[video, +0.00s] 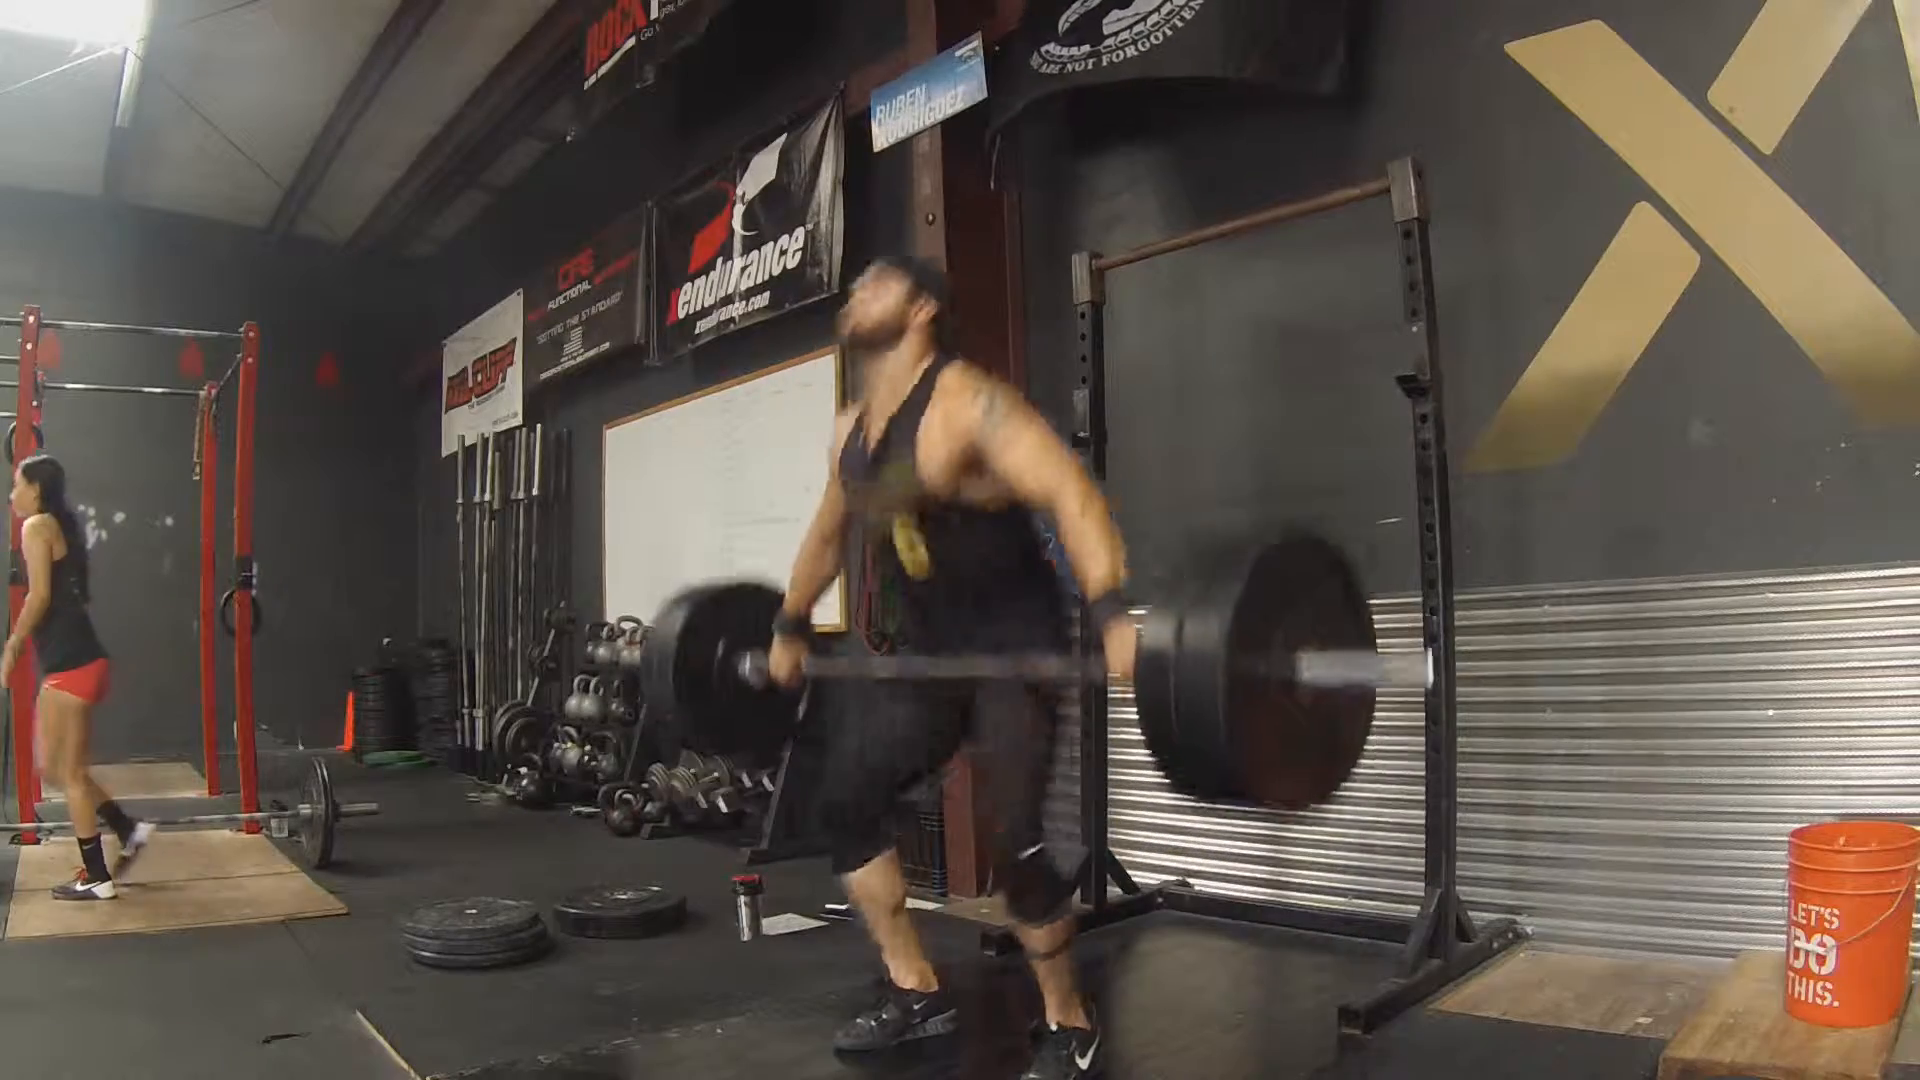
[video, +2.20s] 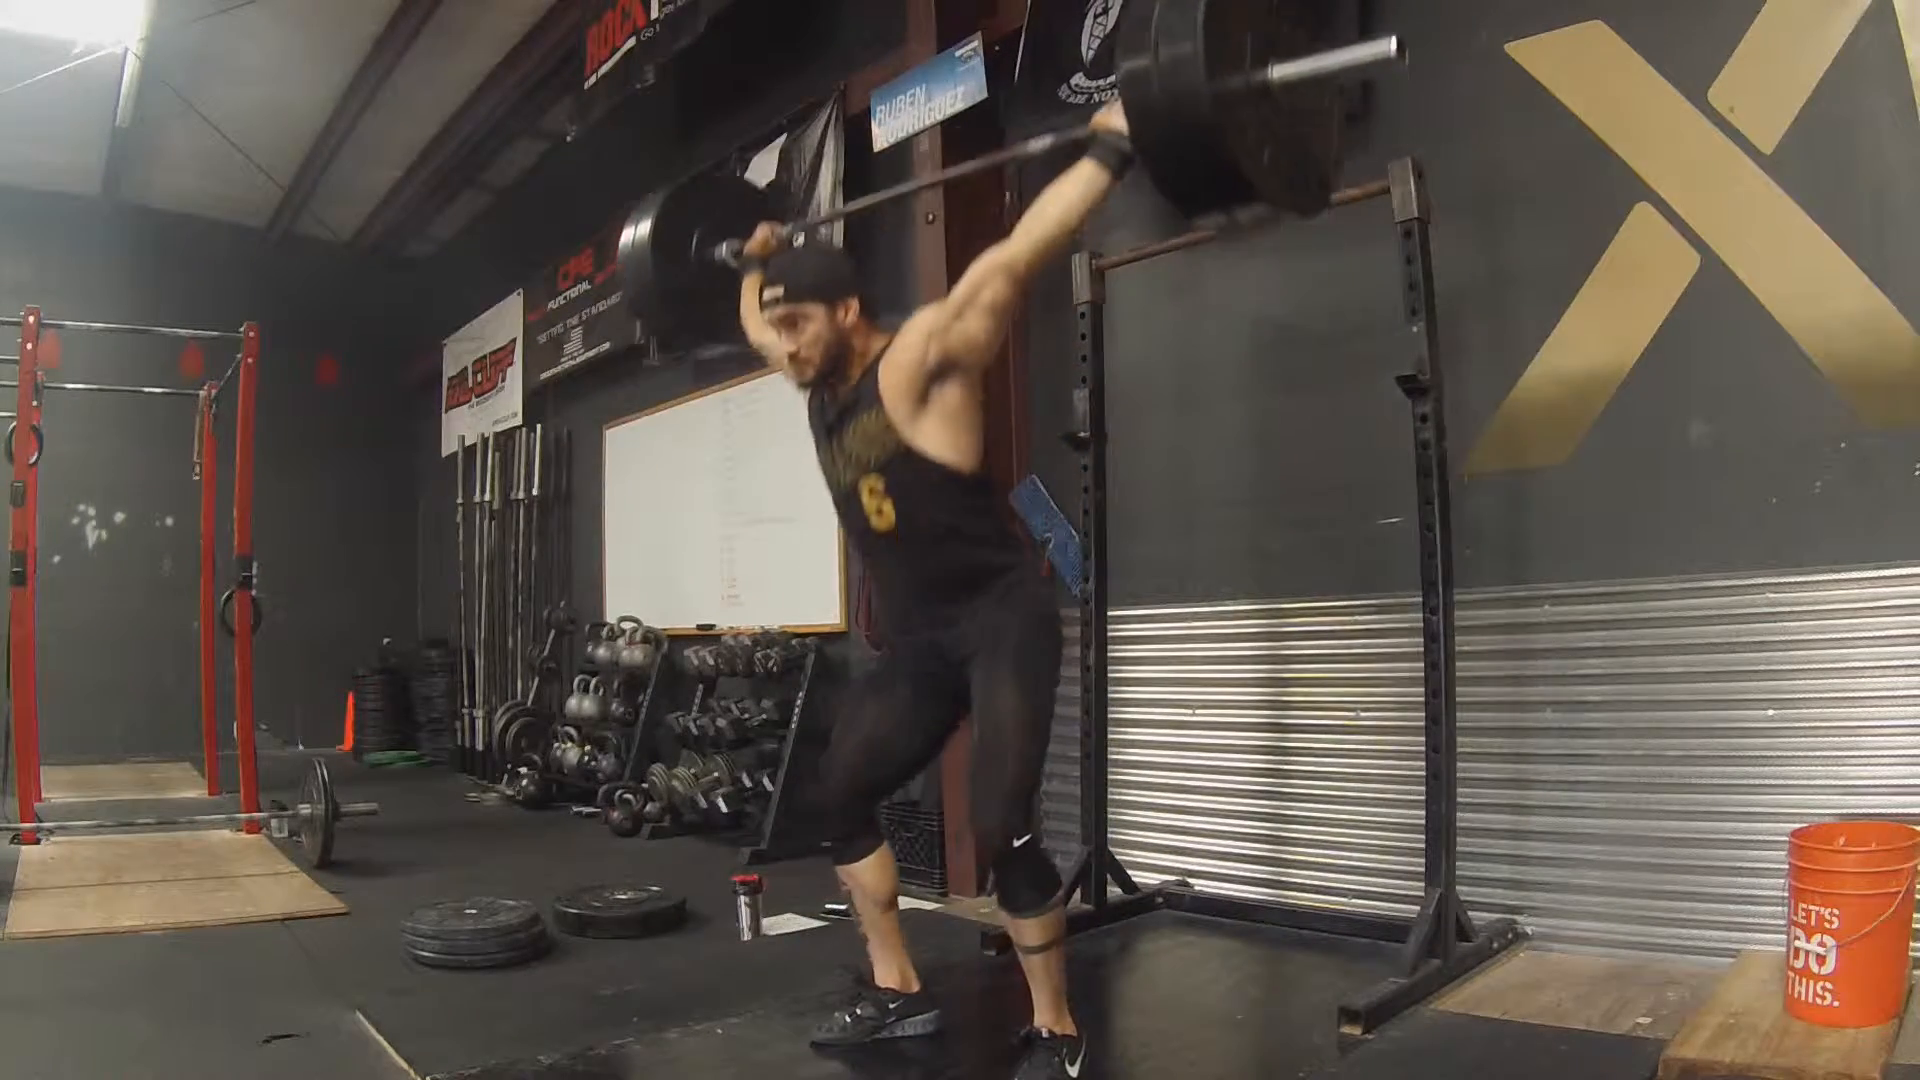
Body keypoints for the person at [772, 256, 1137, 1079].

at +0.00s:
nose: (857, 295)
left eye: (879, 284)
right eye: (857, 287)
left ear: (922, 312)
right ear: (855, 323)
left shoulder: (972, 401)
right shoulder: (857, 430)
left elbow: (1073, 492)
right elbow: (827, 533)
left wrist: (1112, 610)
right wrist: (791, 624)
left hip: (1017, 659)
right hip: (920, 663)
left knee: (1016, 855)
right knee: (843, 805)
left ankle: (1069, 1025)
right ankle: (915, 992)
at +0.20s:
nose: (999, 225)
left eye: (1021, 220)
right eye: (995, 220)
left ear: (1056, 250)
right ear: (982, 254)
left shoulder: (1047, 298)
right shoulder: (935, 339)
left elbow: (1092, 354)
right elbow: (860, 414)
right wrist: (779, 476)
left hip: (983, 554)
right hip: (895, 557)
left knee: (1000, 768)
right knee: (873, 758)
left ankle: (1059, 1004)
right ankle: (895, 970)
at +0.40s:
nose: (935, 351)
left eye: (953, 334)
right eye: (935, 337)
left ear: (1004, 344)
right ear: (942, 351)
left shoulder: (1037, 408)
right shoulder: (931, 427)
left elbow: (1121, 424)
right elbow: (856, 444)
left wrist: (1100, 319)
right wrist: (783, 403)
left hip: (1005, 693)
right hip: (926, 694)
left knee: (987, 871)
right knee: (804, 827)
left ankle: (1061, 1038)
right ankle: (897, 993)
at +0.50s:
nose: (861, 453)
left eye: (880, 437)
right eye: (860, 440)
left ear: (930, 454)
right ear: (862, 459)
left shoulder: (975, 521)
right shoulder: (866, 542)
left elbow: (1057, 447)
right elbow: (794, 498)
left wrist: (1077, 324)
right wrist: (756, 427)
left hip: (1013, 786)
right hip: (917, 786)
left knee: (977, 889)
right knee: (793, 848)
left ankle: (1057, 1034)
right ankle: (898, 995)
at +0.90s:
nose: (797, 612)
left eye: (815, 592)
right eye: (794, 595)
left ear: (867, 603)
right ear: (791, 607)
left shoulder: (927, 654)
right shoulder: (827, 672)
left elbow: (993, 575)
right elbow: (769, 597)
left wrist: (1074, 467)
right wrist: (750, 525)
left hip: (983, 878)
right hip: (882, 879)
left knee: (941, 918)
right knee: (756, 876)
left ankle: (1051, 1034)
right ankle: (895, 993)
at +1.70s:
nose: (762, 490)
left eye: (774, 470)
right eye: (755, 474)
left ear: (831, 464)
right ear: (756, 477)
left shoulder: (911, 506)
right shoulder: (812, 534)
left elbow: (1005, 420)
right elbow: (748, 466)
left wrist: (1089, 309)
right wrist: (746, 392)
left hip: (1014, 725)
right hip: (917, 740)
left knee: (966, 858)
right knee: (793, 831)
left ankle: (1052, 1031)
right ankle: (892, 990)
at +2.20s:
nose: (785, 342)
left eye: (796, 322)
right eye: (779, 330)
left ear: (850, 308)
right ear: (791, 334)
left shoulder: (932, 351)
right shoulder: (823, 386)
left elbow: (1014, 255)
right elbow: (758, 330)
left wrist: (1109, 146)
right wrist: (753, 256)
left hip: (1007, 616)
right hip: (917, 636)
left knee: (999, 829)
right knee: (842, 797)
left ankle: (1058, 1033)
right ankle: (898, 995)